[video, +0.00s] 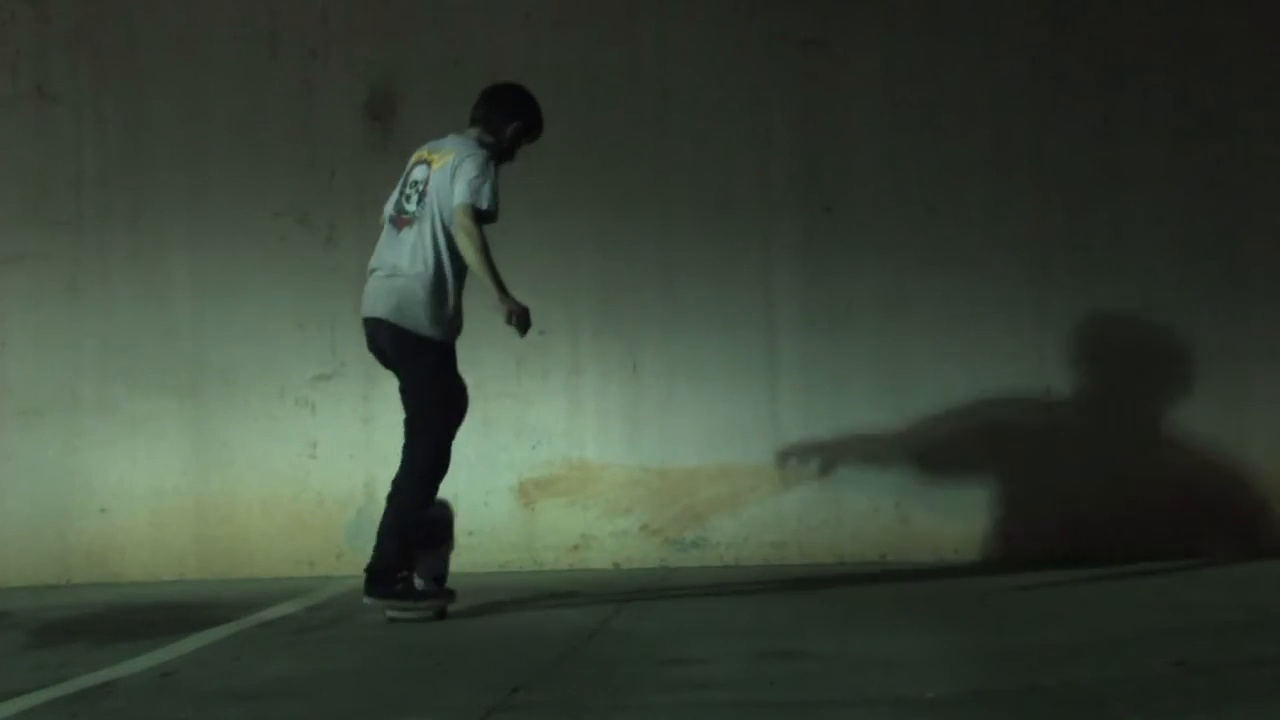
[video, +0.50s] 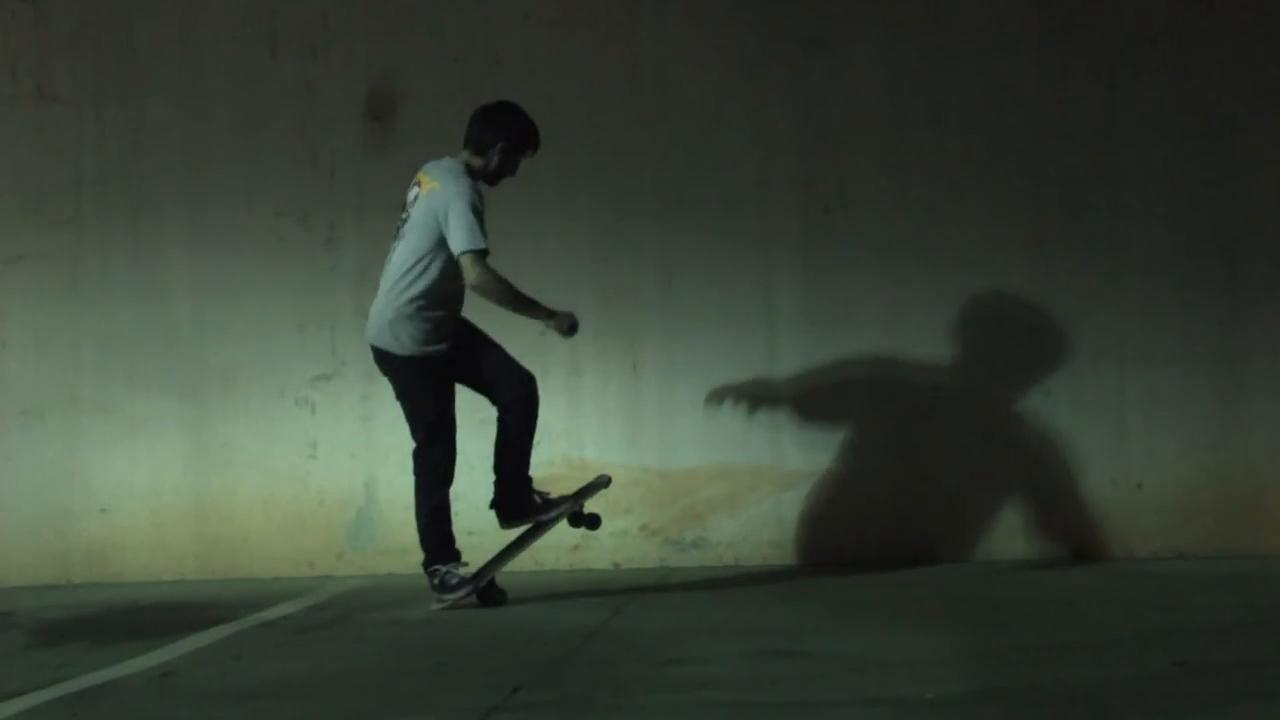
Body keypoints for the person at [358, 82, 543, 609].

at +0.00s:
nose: (517, 154)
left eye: (524, 145)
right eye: (522, 142)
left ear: (479, 119)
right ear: (508, 128)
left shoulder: (428, 152)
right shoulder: (473, 157)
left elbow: (395, 215)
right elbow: (461, 219)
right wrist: (504, 297)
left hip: (384, 313)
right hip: (416, 318)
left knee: (453, 401)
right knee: (429, 436)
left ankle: (414, 514)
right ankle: (388, 570)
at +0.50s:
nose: (515, 171)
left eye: (519, 161)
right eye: (515, 159)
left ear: (481, 145)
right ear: (495, 150)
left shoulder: (441, 172)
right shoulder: (458, 189)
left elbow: (408, 216)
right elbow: (477, 274)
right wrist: (547, 315)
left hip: (439, 327)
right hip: (407, 337)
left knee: (518, 391)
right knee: (435, 451)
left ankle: (513, 500)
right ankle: (441, 567)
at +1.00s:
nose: (467, 156)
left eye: (471, 146)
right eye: (462, 145)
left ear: (460, 140)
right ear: (432, 134)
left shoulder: (458, 172)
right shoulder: (379, 178)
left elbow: (533, 156)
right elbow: (300, 214)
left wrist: (611, 156)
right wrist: (233, 268)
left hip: (446, 306)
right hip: (400, 324)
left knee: (534, 359)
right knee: (427, 440)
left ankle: (569, 463)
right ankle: (441, 564)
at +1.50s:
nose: (360, 135)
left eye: (364, 124)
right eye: (349, 128)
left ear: (371, 120)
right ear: (326, 134)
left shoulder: (398, 139)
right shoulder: (328, 172)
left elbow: (442, 126)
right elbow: (320, 163)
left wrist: (476, 115)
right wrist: (308, 114)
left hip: (458, 263)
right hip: (408, 295)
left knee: (420, 305)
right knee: (429, 421)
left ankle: (443, 417)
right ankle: (453, 550)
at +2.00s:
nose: (340, 259)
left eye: (347, 247)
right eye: (328, 250)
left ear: (358, 237)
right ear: (308, 244)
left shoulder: (390, 267)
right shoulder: (298, 284)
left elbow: (475, 278)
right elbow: (246, 330)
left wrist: (564, 299)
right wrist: (209, 356)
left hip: (405, 397)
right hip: (346, 403)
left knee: (342, 454)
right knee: (306, 470)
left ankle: (379, 566)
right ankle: (347, 563)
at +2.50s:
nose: (253, 265)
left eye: (254, 251)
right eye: (243, 258)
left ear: (277, 231)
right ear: (242, 254)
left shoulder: (337, 229)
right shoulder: (280, 283)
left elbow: (430, 229)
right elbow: (292, 365)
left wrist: (508, 267)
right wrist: (273, 445)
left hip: (431, 324)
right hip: (377, 339)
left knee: (387, 430)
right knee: (348, 438)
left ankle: (391, 560)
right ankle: (359, 558)